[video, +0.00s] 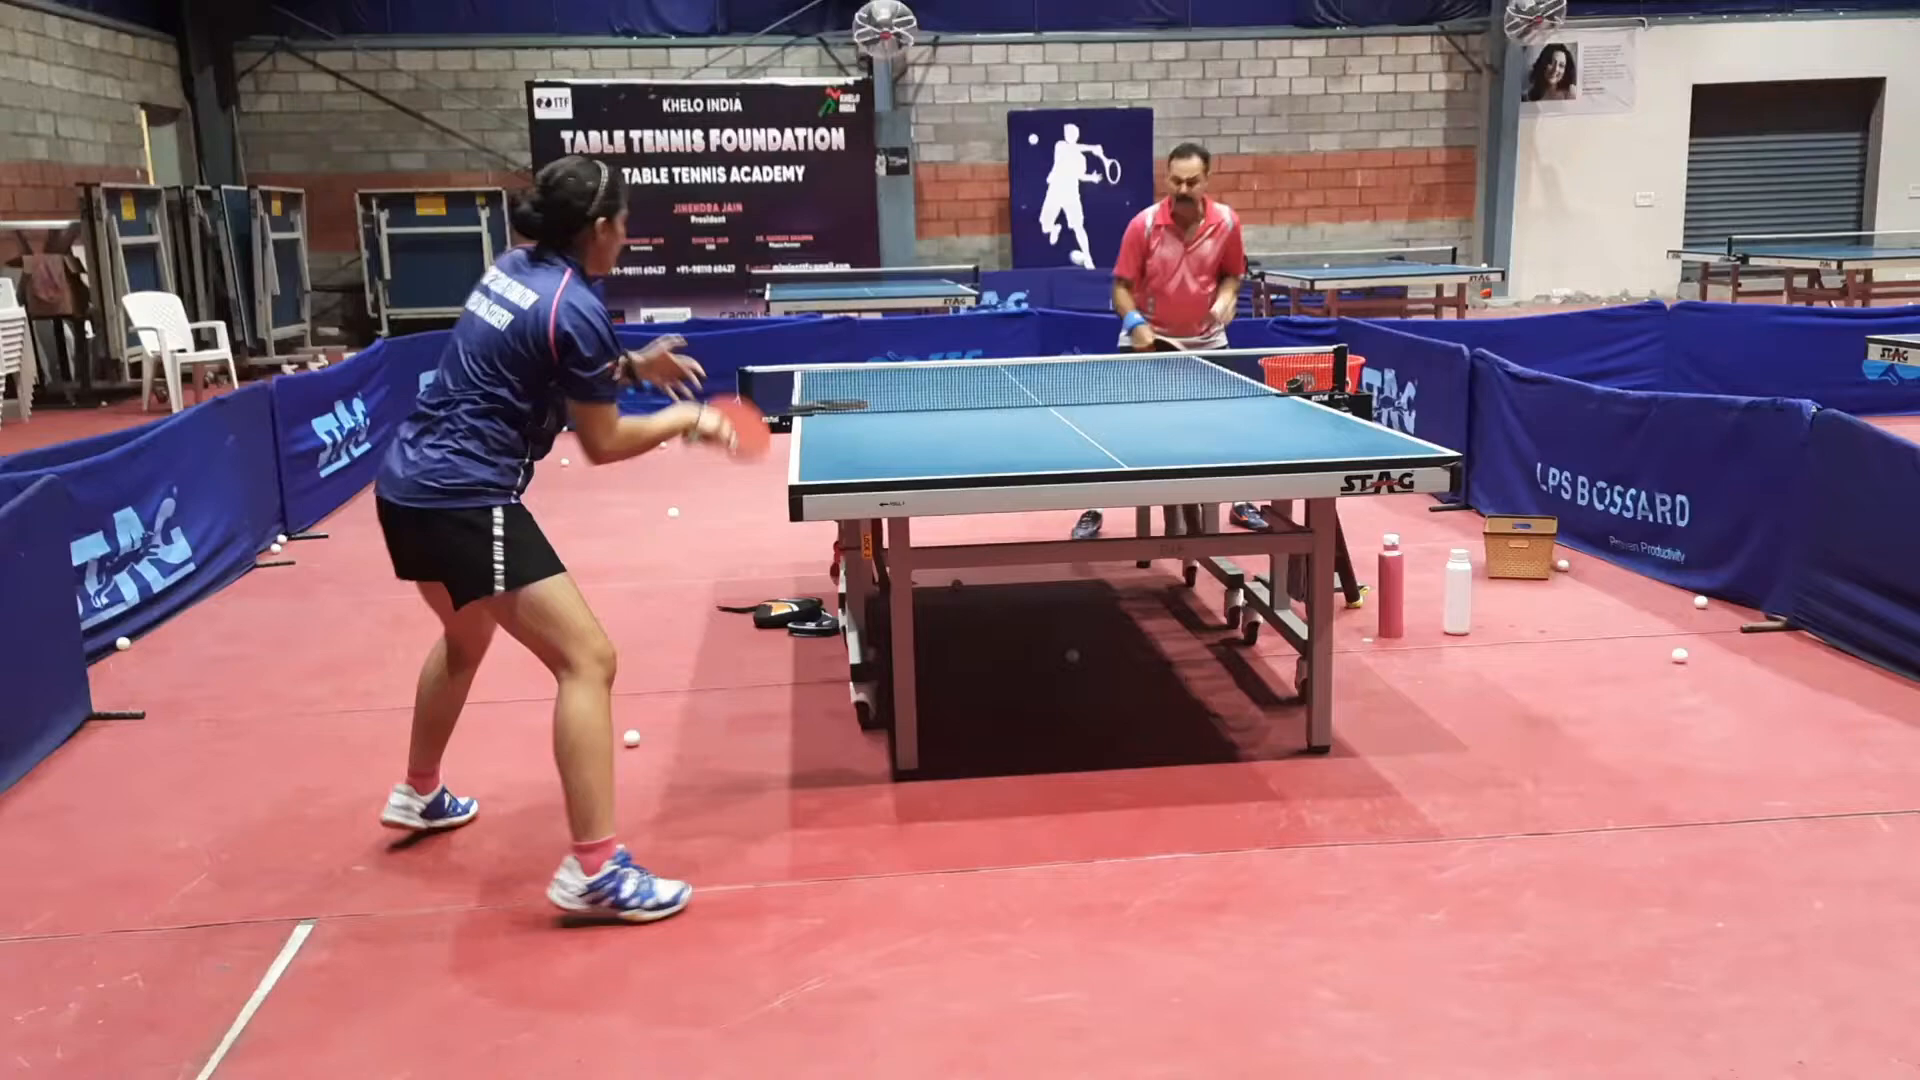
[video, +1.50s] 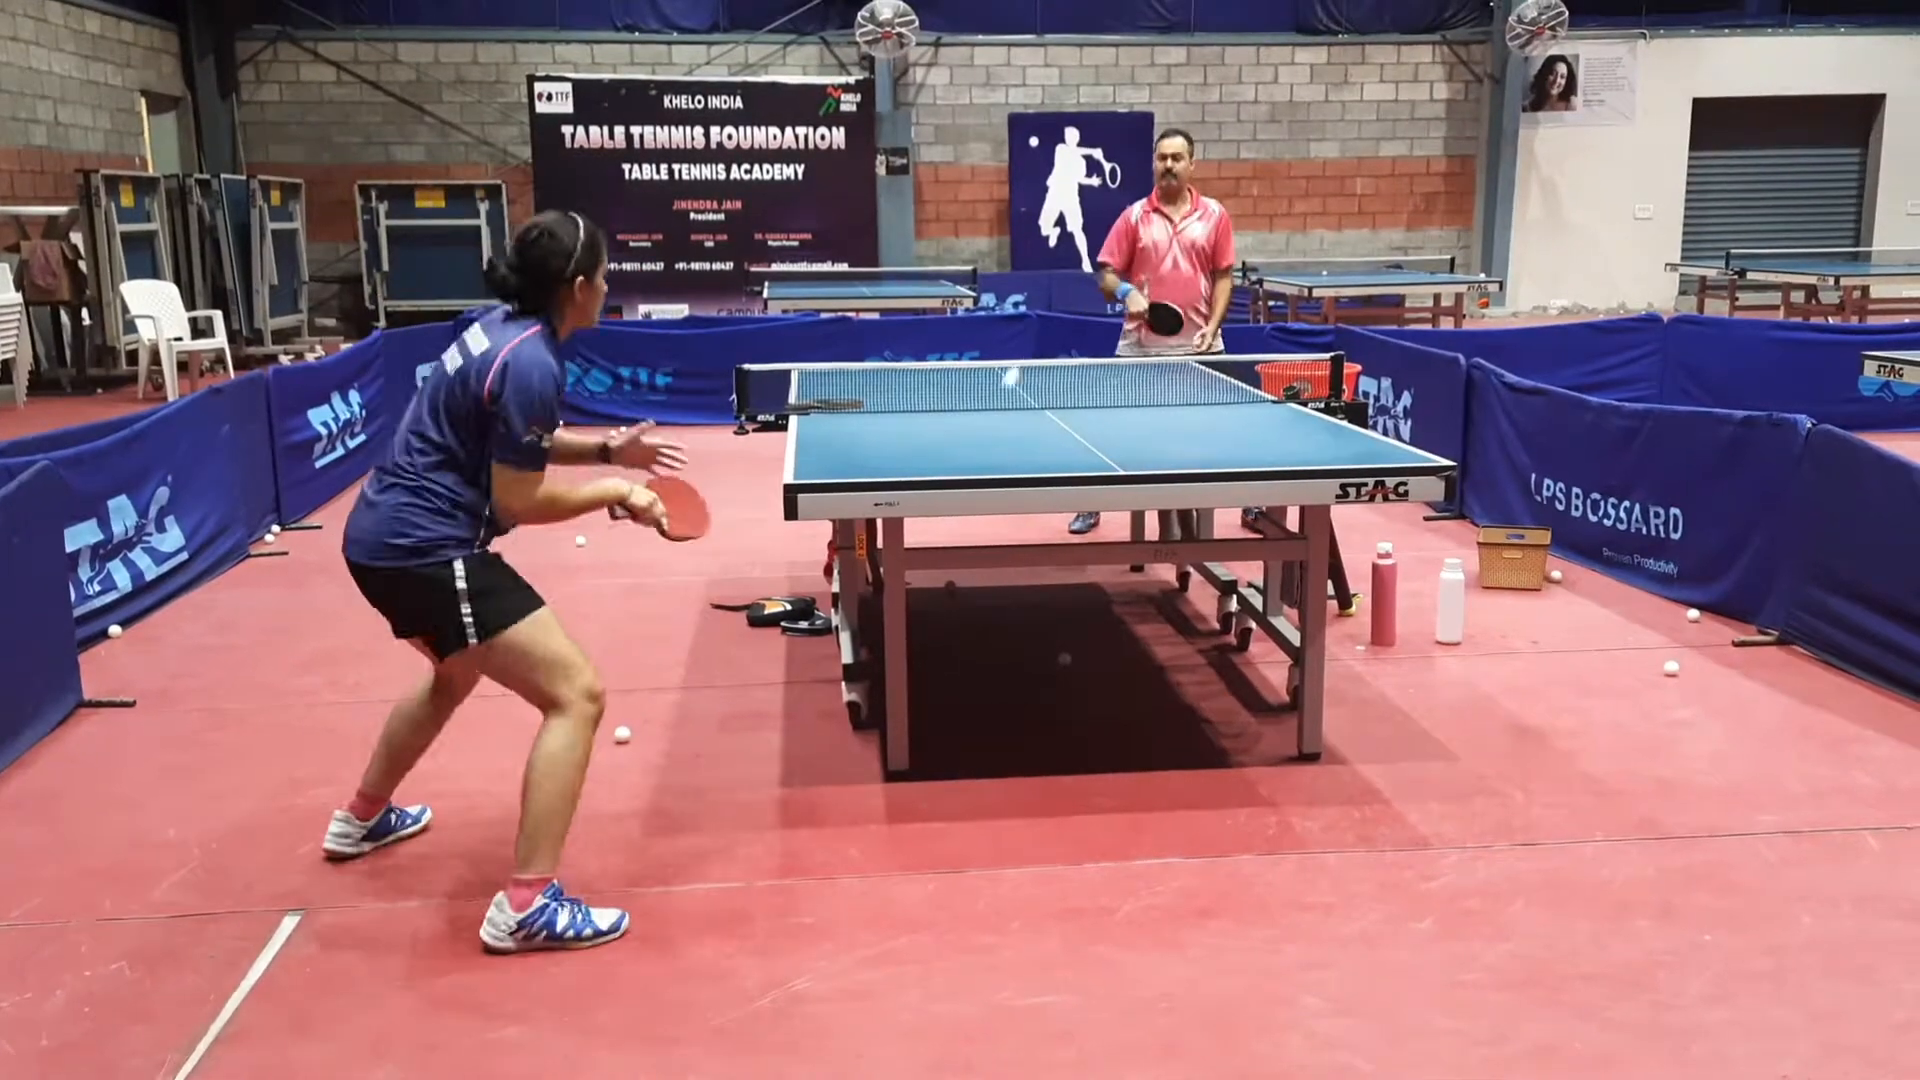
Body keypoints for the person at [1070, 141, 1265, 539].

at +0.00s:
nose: (1184, 190)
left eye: (1193, 182)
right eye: (1176, 181)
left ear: (1206, 181)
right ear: (1166, 179)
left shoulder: (1226, 222)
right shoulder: (1144, 225)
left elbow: (1232, 274)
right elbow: (1120, 286)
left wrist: (1224, 303)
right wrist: (1136, 324)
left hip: (1208, 343)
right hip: (1149, 342)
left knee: (1237, 413)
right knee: (1117, 418)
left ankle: (1243, 500)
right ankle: (1093, 509)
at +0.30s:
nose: (1192, 188)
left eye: (1201, 180)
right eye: (1185, 180)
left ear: (1215, 182)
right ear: (1175, 181)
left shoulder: (1235, 227)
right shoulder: (1154, 228)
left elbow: (1243, 284)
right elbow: (1134, 291)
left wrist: (1246, 303)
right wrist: (1155, 317)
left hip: (1215, 344)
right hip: (1154, 343)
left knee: (1247, 412)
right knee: (1114, 411)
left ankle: (1256, 502)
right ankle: (1095, 500)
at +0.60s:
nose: (1174, 194)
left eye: (1182, 186)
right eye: (1167, 186)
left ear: (1198, 186)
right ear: (1158, 187)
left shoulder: (1223, 230)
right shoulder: (1141, 230)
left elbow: (1233, 288)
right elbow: (1127, 288)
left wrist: (1222, 317)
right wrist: (1136, 302)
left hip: (1206, 348)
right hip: (1144, 347)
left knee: (1238, 417)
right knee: (1111, 416)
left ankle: (1254, 503)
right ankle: (1094, 500)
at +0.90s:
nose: (1158, 203)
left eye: (1167, 195)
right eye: (1152, 195)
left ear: (1184, 194)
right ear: (1145, 195)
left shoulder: (1210, 233)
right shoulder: (1129, 240)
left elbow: (1229, 288)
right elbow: (1112, 299)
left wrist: (1217, 314)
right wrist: (1104, 324)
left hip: (1203, 350)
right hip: (1143, 349)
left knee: (1225, 424)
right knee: (1108, 418)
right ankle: (1093, 503)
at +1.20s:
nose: (1167, 205)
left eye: (1175, 197)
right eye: (1160, 197)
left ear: (1191, 195)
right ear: (1152, 196)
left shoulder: (1216, 234)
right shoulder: (1137, 240)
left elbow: (1238, 288)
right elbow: (1083, 285)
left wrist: (1234, 333)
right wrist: (1113, 281)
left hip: (1209, 351)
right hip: (1150, 350)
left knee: (1240, 422)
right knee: (1115, 420)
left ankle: (1255, 502)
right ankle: (1093, 504)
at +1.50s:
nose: (1168, 165)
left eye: (1177, 158)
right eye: (1162, 158)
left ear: (1192, 163)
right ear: (1154, 162)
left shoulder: (1214, 216)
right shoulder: (1134, 216)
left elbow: (1224, 275)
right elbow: (1105, 274)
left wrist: (1213, 324)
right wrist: (1128, 291)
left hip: (1199, 343)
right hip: (1140, 342)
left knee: (1231, 416)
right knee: (1109, 417)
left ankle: (1253, 500)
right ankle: (1090, 503)